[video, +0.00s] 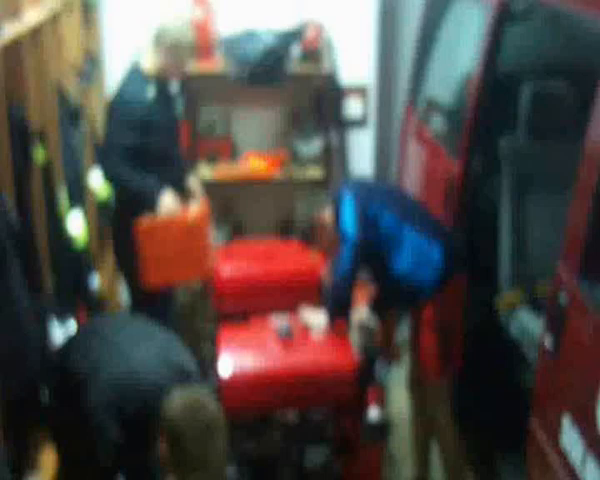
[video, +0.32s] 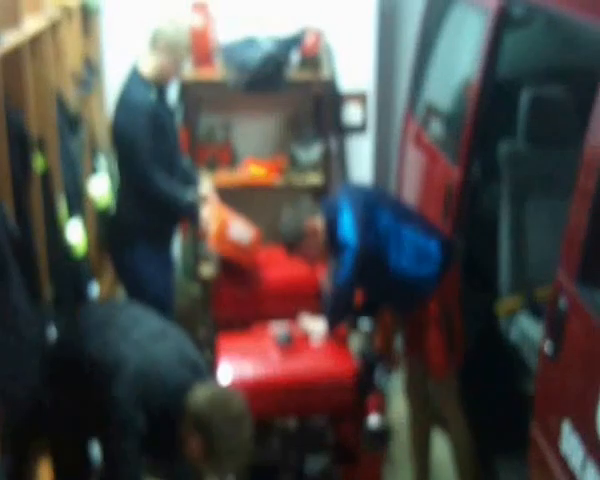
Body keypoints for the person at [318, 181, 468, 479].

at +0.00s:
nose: (331, 247)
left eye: (326, 243)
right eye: (327, 245)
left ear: (323, 222)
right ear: (327, 222)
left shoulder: (349, 197)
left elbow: (348, 256)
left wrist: (332, 311)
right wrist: (372, 309)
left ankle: (407, 469)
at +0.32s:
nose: (312, 258)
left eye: (307, 250)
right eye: (305, 255)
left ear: (311, 228)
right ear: (312, 229)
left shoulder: (348, 202)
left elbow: (353, 255)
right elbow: (379, 290)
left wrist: (331, 318)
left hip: (440, 284)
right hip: (412, 299)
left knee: (443, 393)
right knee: (416, 396)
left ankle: (468, 470)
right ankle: (417, 470)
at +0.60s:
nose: (313, 254)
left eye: (307, 247)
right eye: (307, 251)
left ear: (309, 226)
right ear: (311, 227)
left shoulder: (352, 200)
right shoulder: (340, 237)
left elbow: (358, 260)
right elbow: (340, 281)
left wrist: (336, 324)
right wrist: (335, 328)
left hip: (438, 291)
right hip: (410, 302)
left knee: (444, 393)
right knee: (416, 393)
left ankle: (466, 470)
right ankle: (417, 470)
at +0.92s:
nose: (314, 281)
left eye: (309, 276)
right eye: (309, 279)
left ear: (305, 254)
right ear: (308, 255)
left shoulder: (338, 220)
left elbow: (342, 282)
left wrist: (330, 333)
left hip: (434, 292)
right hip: (405, 310)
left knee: (446, 400)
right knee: (409, 394)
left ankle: (473, 471)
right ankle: (417, 472)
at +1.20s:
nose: (312, 308)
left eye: (304, 302)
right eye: (305, 307)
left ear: (300, 277)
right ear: (304, 277)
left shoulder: (330, 234)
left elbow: (338, 278)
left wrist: (328, 337)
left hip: (429, 293)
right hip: (396, 314)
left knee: (444, 402)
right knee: (401, 403)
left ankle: (474, 472)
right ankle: (413, 474)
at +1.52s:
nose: (316, 312)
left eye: (310, 307)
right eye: (310, 312)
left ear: (306, 282)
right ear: (308, 281)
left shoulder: (334, 234)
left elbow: (339, 284)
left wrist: (326, 337)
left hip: (430, 292)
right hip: (396, 313)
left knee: (440, 412)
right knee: (401, 407)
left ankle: (466, 473)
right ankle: (413, 474)